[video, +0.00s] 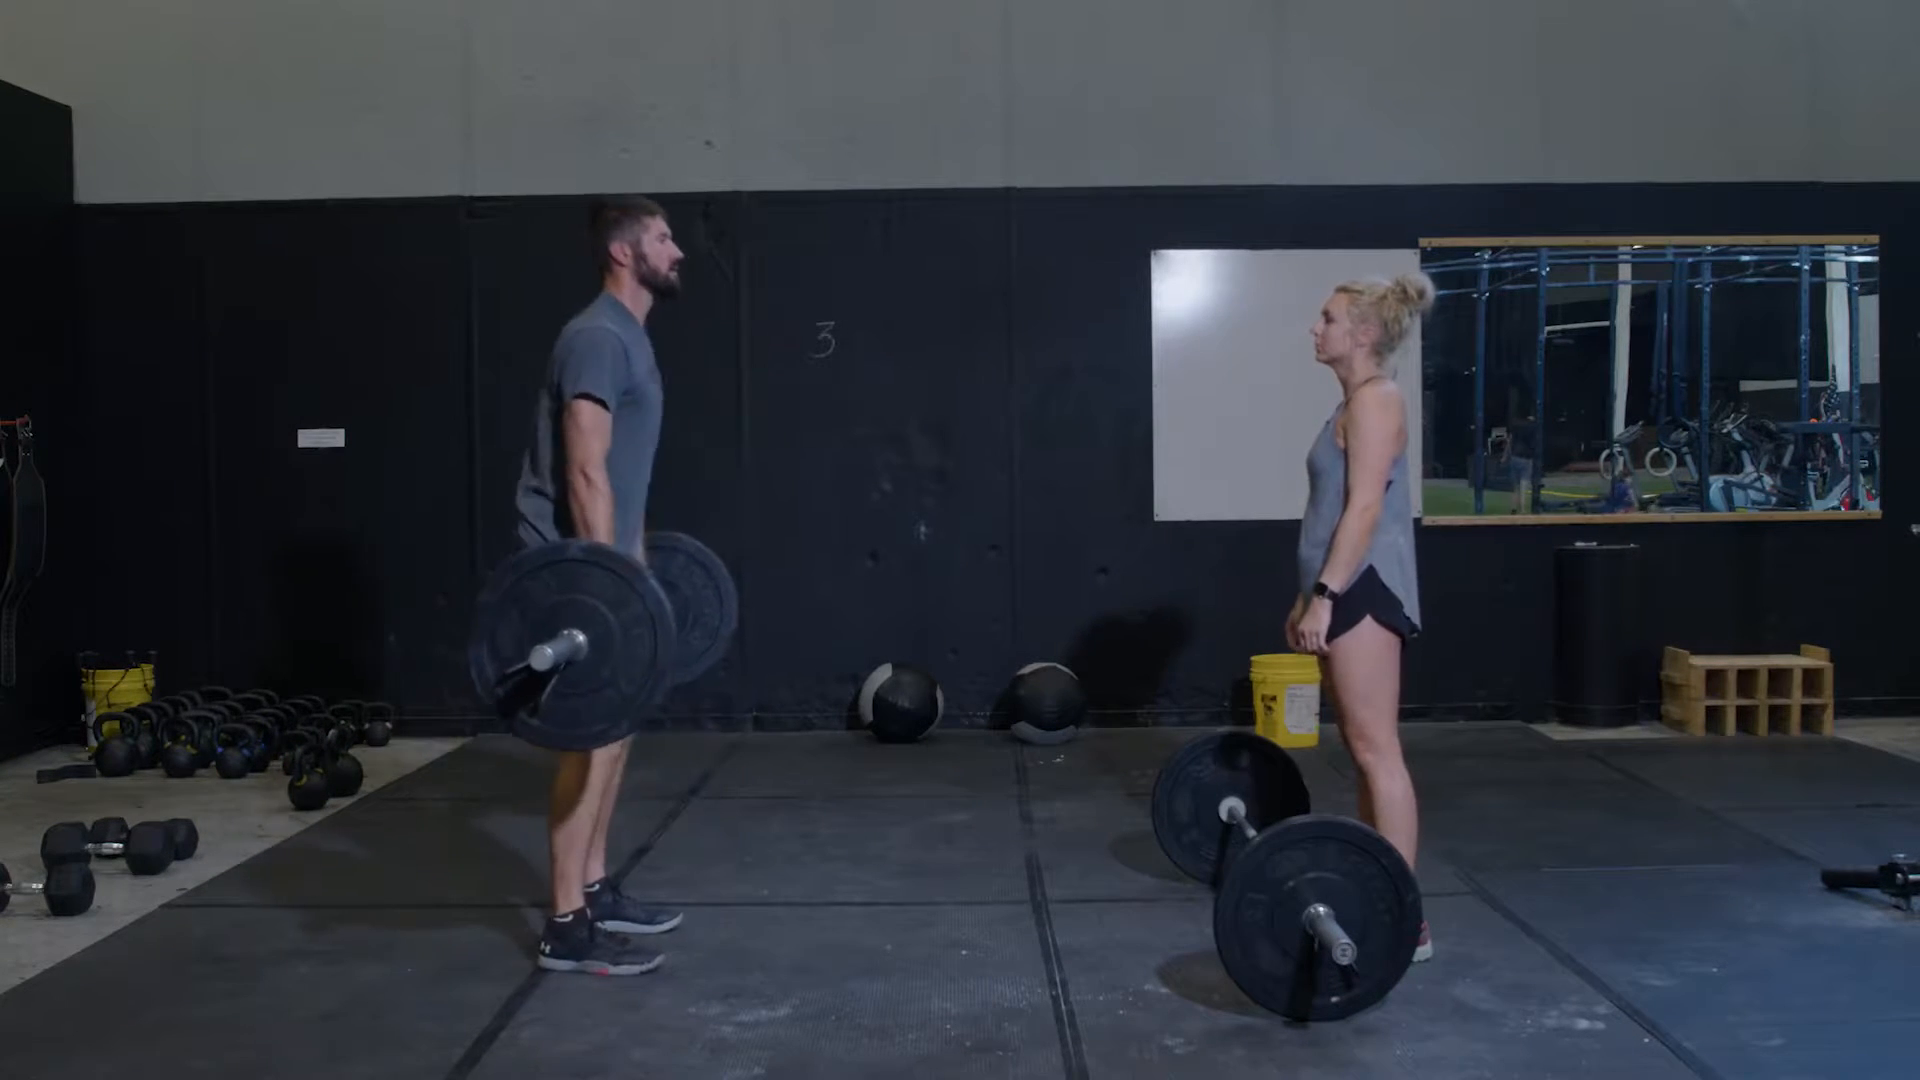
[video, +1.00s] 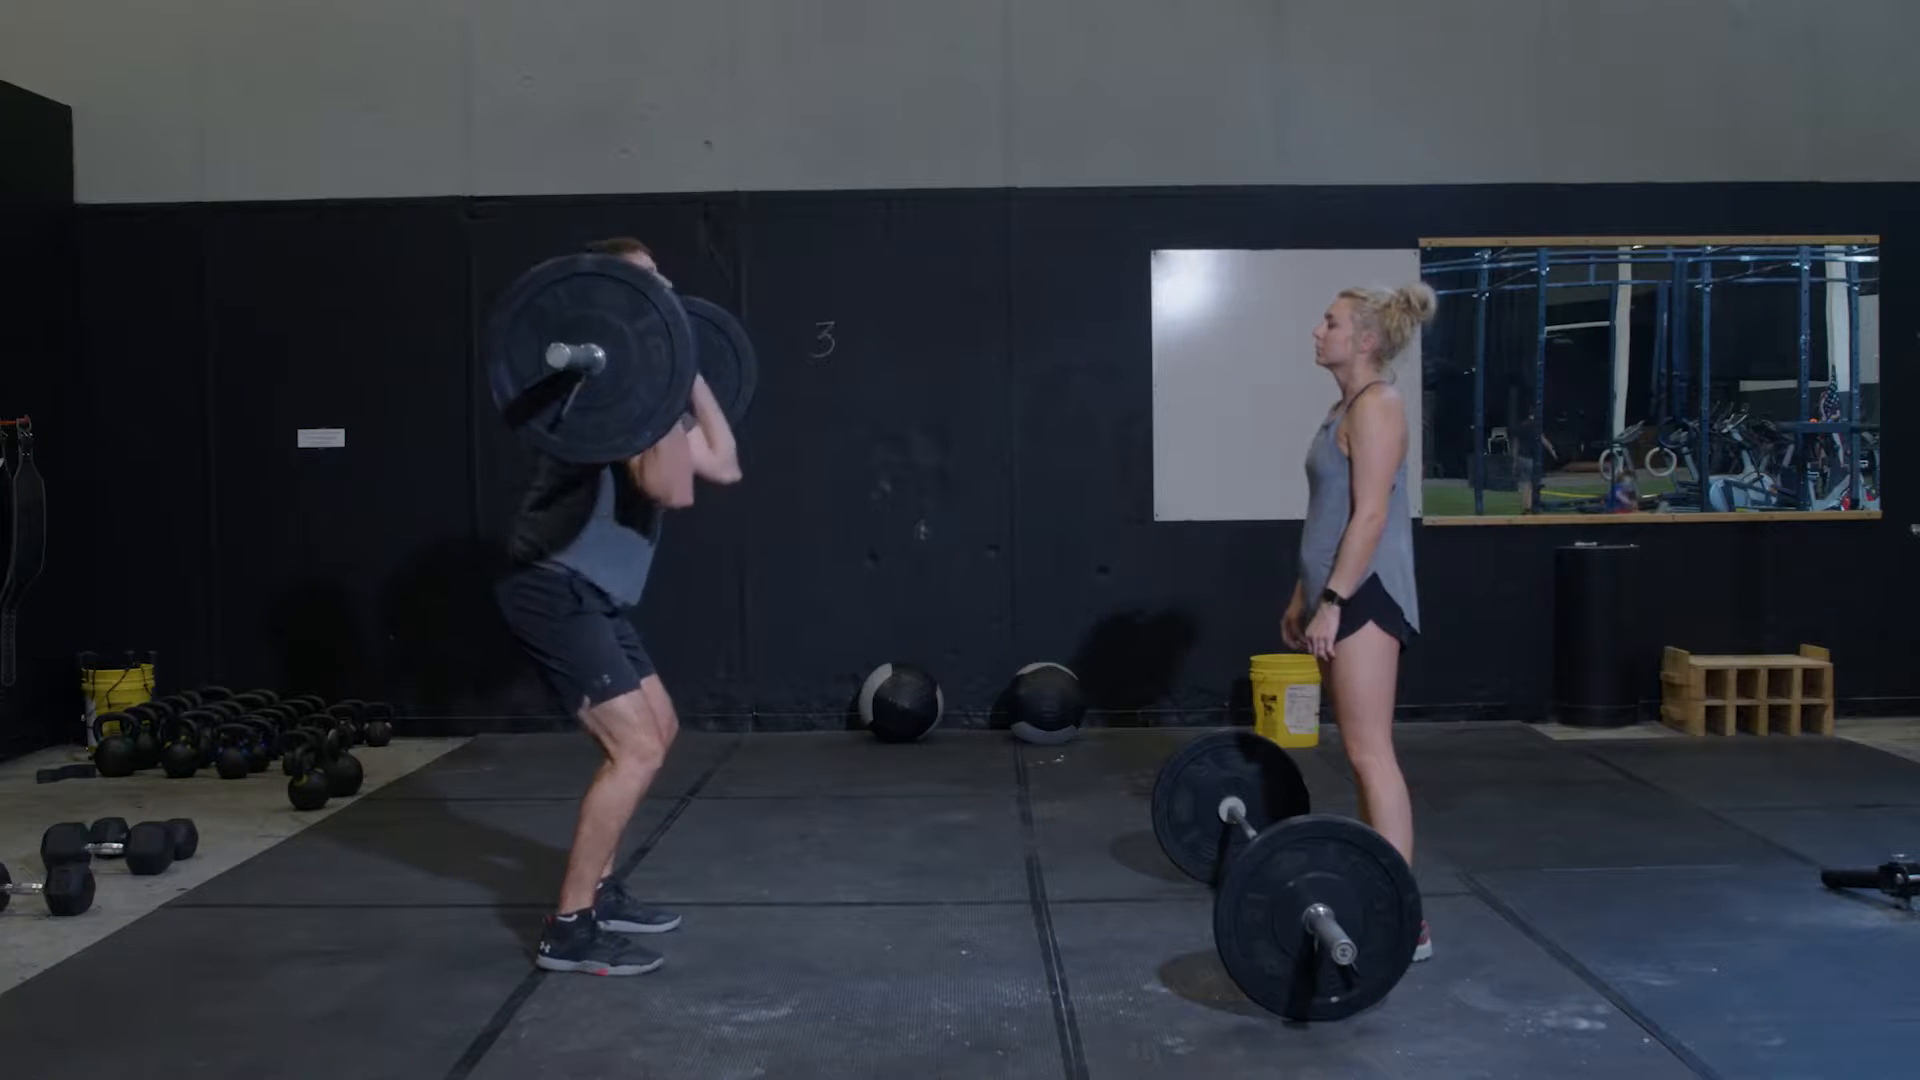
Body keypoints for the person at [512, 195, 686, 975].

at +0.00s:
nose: (677, 253)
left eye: (673, 240)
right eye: (664, 241)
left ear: (633, 255)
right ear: (624, 254)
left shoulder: (629, 338)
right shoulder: (597, 339)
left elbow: (614, 473)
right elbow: (583, 474)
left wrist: (640, 570)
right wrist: (604, 588)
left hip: (610, 558)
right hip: (575, 562)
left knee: (616, 725)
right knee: (590, 730)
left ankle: (590, 891)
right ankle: (566, 923)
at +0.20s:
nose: (742, 328)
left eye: (738, 315)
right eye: (728, 316)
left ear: (694, 332)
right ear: (688, 329)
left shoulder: (675, 411)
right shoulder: (647, 407)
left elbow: (638, 535)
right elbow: (598, 535)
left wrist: (633, 642)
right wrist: (595, 656)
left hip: (561, 570)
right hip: (517, 574)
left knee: (609, 715)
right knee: (579, 726)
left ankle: (589, 893)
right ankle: (562, 924)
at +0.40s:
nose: (708, 304)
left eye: (702, 293)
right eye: (693, 294)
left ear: (660, 313)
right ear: (653, 311)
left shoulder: (656, 391)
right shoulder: (625, 389)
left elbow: (644, 517)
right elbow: (598, 519)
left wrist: (654, 618)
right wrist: (617, 635)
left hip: (576, 571)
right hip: (538, 574)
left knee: (636, 717)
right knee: (613, 729)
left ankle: (597, 892)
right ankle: (568, 924)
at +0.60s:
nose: (629, 224)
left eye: (624, 210)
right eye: (614, 212)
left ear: (586, 226)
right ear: (574, 227)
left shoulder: (602, 294)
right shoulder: (566, 292)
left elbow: (642, 395)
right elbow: (593, 399)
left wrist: (685, 476)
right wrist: (648, 477)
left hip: (602, 524)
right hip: (567, 529)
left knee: (630, 696)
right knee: (598, 705)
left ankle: (604, 870)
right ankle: (576, 902)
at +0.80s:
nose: (647, 287)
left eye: (648, 274)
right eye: (630, 276)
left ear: (648, 280)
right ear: (590, 284)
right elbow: (538, 477)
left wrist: (695, 371)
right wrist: (592, 408)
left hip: (606, 579)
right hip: (562, 586)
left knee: (664, 728)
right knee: (643, 748)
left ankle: (595, 892)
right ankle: (571, 925)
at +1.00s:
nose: (657, 296)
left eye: (656, 283)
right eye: (640, 286)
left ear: (659, 292)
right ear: (605, 300)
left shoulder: (652, 379)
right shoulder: (601, 378)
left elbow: (725, 465)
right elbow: (670, 485)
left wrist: (685, 358)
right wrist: (650, 367)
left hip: (595, 589)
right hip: (553, 584)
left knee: (657, 729)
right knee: (636, 746)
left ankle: (593, 892)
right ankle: (568, 925)